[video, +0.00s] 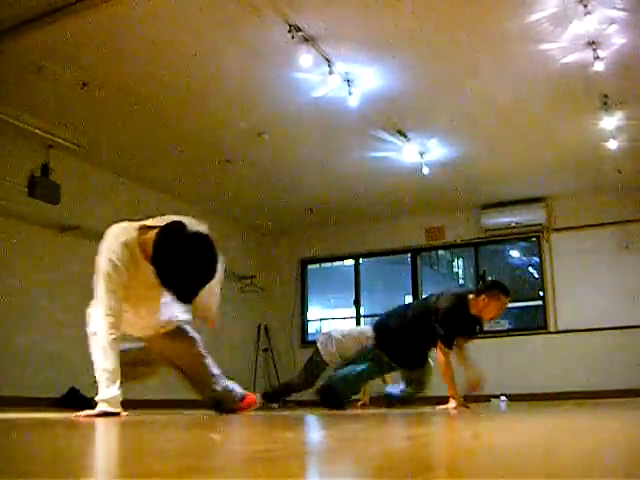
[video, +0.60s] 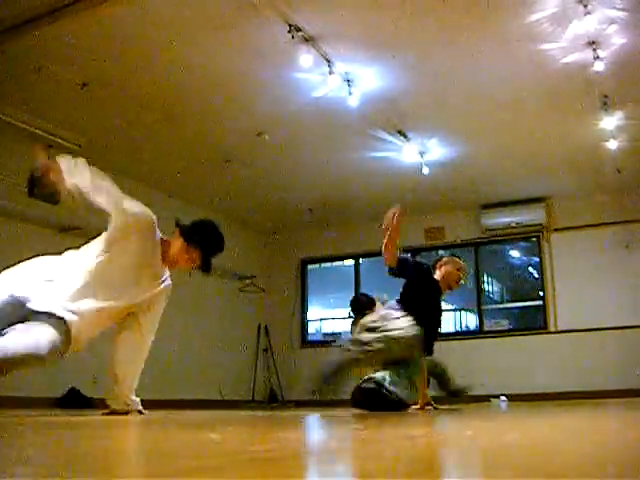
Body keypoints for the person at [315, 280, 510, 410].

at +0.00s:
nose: (499, 314)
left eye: (502, 309)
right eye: (499, 307)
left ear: (484, 302)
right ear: (483, 300)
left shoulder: (472, 317)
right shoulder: (452, 307)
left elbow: (458, 347)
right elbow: (442, 354)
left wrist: (471, 374)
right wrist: (453, 396)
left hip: (417, 345)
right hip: (395, 336)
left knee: (416, 385)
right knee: (372, 369)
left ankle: (382, 399)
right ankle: (331, 390)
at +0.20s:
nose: (492, 321)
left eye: (496, 317)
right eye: (492, 313)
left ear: (484, 309)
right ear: (478, 301)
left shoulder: (462, 329)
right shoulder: (450, 306)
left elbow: (433, 358)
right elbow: (440, 354)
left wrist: (424, 398)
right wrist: (453, 393)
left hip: (378, 360)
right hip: (364, 337)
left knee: (344, 399)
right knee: (346, 382)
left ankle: (289, 384)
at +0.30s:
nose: (489, 305)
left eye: (491, 300)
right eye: (488, 298)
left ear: (472, 292)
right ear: (473, 289)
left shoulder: (444, 312)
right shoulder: (447, 302)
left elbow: (426, 356)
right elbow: (441, 349)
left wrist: (424, 395)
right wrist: (454, 390)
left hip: (376, 358)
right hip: (361, 333)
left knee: (358, 399)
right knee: (308, 358)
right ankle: (260, 384)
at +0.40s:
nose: (476, 294)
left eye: (478, 290)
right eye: (475, 287)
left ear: (463, 287)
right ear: (460, 280)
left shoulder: (440, 314)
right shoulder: (437, 288)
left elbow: (419, 358)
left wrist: (423, 398)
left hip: (387, 341)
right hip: (365, 328)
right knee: (317, 352)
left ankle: (338, 390)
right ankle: (263, 390)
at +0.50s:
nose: (469, 286)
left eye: (471, 283)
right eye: (467, 279)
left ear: (463, 283)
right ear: (452, 271)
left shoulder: (441, 314)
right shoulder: (430, 278)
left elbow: (424, 355)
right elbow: (400, 281)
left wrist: (424, 397)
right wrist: (418, 304)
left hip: (398, 342)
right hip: (377, 322)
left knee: (409, 364)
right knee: (333, 350)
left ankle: (370, 388)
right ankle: (272, 383)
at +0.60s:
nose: (460, 279)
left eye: (461, 276)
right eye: (457, 271)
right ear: (441, 267)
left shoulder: (434, 310)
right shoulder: (423, 272)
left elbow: (421, 356)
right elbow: (391, 261)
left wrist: (423, 396)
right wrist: (393, 229)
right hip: (395, 319)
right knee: (412, 336)